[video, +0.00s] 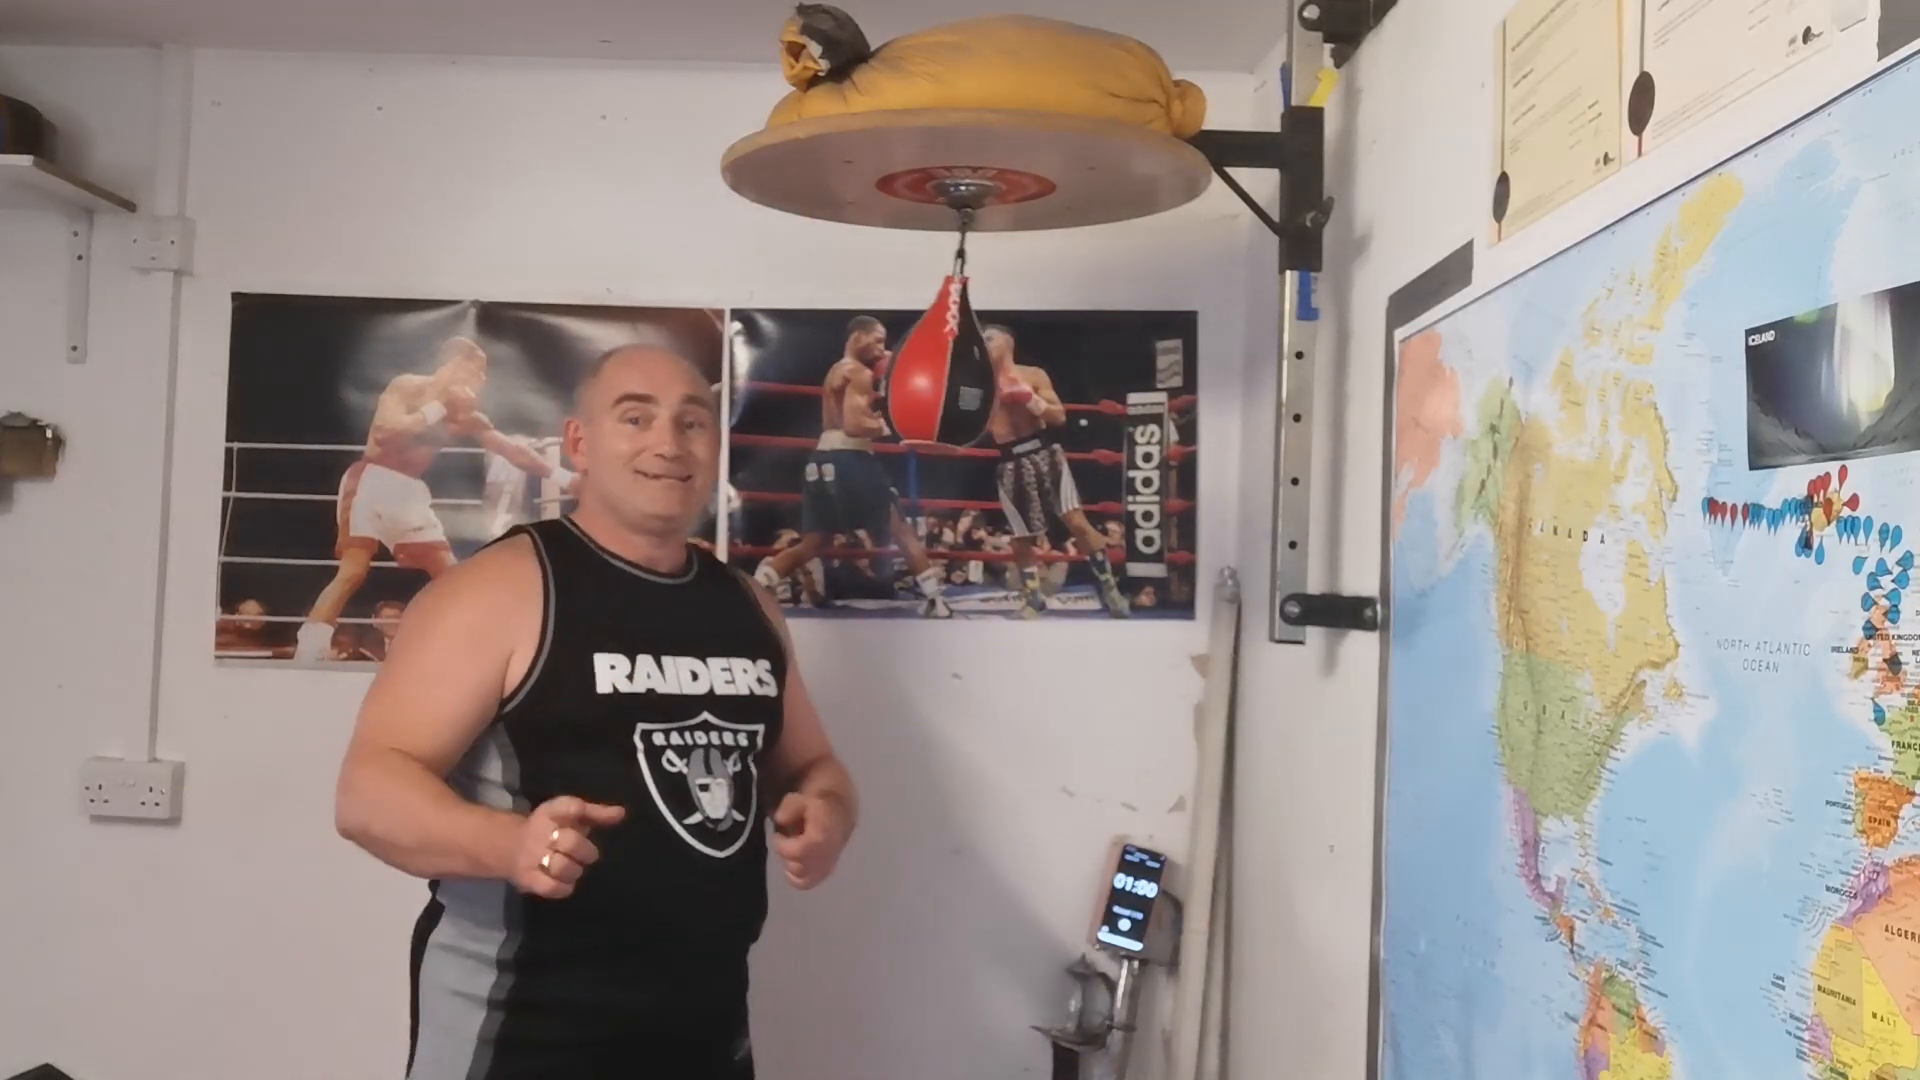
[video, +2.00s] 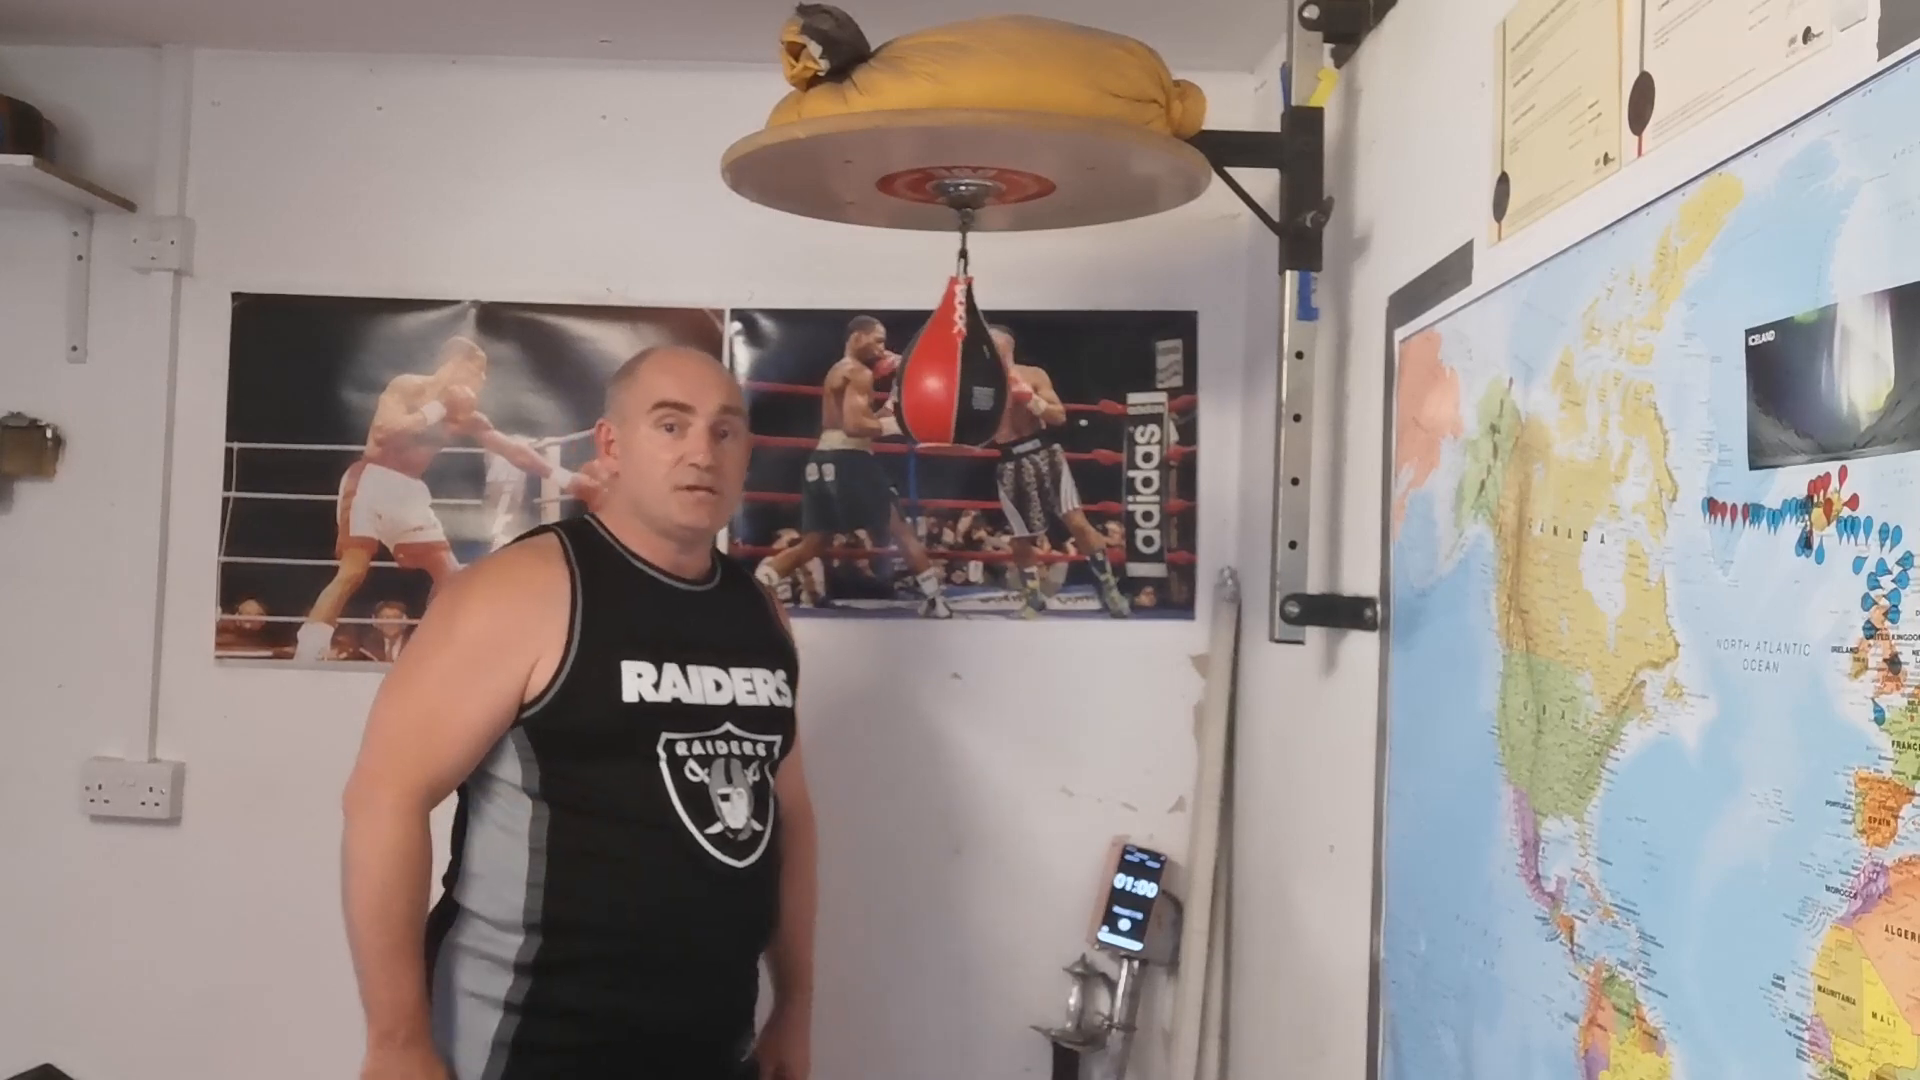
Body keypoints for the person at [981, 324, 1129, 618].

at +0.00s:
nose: (986, 346)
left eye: (992, 339)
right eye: (983, 341)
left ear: (1009, 343)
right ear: (981, 350)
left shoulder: (1033, 375)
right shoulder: (982, 385)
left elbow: (1059, 416)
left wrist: (1031, 399)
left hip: (1046, 456)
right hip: (1011, 465)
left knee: (1076, 522)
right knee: (1021, 539)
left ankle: (1109, 588)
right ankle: (1032, 598)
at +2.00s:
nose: (996, 356)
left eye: (1000, 349)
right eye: (992, 350)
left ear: (1011, 348)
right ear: (985, 354)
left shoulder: (1034, 375)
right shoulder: (983, 384)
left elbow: (1059, 416)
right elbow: (977, 428)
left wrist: (1034, 402)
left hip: (1046, 456)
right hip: (1011, 465)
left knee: (1076, 522)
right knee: (1022, 537)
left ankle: (1109, 589)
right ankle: (1032, 598)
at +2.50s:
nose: (999, 356)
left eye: (1002, 349)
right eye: (993, 351)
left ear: (1012, 349)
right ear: (986, 354)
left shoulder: (1035, 375)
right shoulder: (982, 384)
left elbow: (1059, 416)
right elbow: (977, 426)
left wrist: (1038, 405)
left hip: (1046, 456)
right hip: (1011, 464)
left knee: (1075, 522)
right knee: (1022, 538)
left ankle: (1108, 588)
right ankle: (1033, 599)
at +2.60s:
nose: (997, 357)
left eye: (1000, 349)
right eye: (992, 351)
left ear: (1010, 348)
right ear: (984, 354)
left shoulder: (1034, 375)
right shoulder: (982, 384)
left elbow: (1059, 416)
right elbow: (976, 430)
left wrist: (1036, 403)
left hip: (1046, 456)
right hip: (1011, 464)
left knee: (1076, 522)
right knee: (1022, 537)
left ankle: (1109, 588)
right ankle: (1033, 598)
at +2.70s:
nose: (986, 347)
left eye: (991, 340)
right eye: (983, 342)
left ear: (1008, 344)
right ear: (981, 350)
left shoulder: (1033, 375)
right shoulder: (985, 386)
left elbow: (1059, 416)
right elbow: (987, 426)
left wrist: (1033, 400)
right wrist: (968, 444)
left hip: (1045, 456)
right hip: (1011, 464)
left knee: (1076, 522)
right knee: (1021, 537)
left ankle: (1109, 588)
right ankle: (1032, 598)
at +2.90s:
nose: (994, 353)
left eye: (998, 346)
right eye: (990, 348)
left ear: (1010, 346)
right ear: (984, 353)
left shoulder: (1033, 375)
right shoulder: (983, 384)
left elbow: (1058, 416)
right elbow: (976, 429)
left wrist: (1035, 402)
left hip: (1045, 456)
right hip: (1011, 464)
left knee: (1075, 522)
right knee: (1022, 537)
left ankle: (1108, 587)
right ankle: (1032, 598)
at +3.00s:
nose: (999, 357)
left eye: (1003, 350)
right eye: (994, 351)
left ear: (1012, 349)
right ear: (986, 354)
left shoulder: (1034, 375)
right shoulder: (983, 383)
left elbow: (1059, 416)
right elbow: (976, 426)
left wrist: (1038, 405)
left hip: (1046, 456)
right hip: (1011, 464)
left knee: (1075, 522)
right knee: (1022, 538)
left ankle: (1108, 587)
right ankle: (1032, 598)